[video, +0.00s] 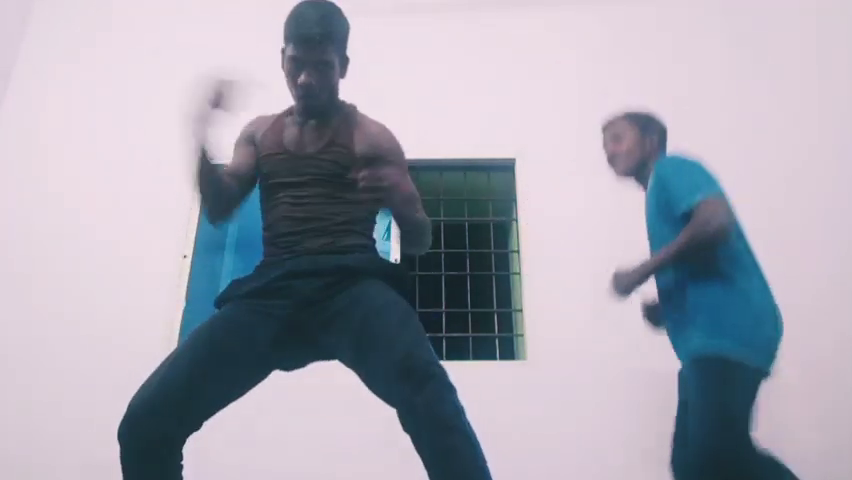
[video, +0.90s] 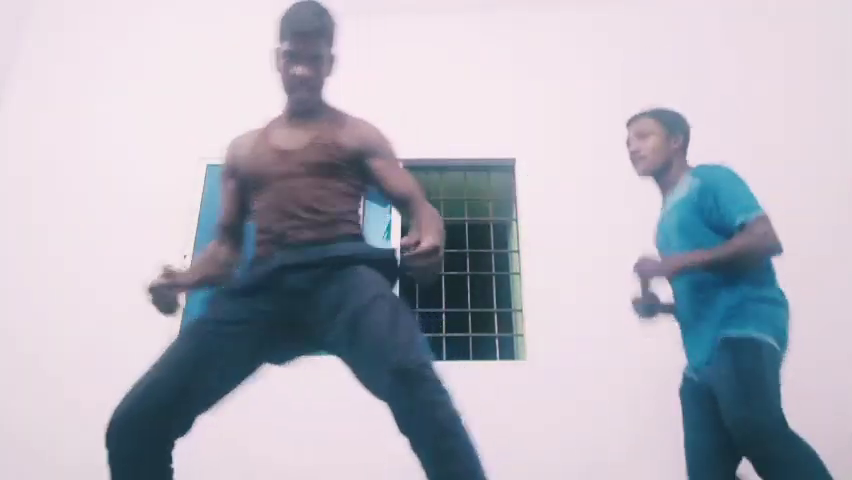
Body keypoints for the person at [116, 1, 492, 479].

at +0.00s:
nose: (308, 78)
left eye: (322, 66)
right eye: (299, 65)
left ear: (343, 68)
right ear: (284, 64)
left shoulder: (372, 138)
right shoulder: (259, 134)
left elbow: (419, 241)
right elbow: (218, 209)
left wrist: (403, 196)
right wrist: (202, 139)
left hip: (354, 291)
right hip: (271, 292)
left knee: (420, 378)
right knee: (147, 424)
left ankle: (471, 475)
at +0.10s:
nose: (310, 80)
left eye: (324, 68)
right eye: (302, 67)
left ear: (348, 68)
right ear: (288, 62)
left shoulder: (376, 138)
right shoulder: (262, 132)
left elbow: (427, 219)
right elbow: (185, 177)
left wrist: (453, 187)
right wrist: (132, 124)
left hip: (357, 293)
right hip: (273, 296)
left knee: (427, 382)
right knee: (146, 424)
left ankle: (474, 478)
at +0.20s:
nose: (319, 77)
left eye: (333, 65)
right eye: (310, 64)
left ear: (357, 63)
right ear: (297, 59)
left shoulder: (389, 141)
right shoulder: (265, 124)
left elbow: (463, 200)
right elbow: (173, 159)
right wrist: (92, 118)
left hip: (361, 297)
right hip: (271, 300)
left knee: (437, 377)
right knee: (142, 426)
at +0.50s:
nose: (335, 71)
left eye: (348, 59)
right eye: (324, 57)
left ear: (368, 61)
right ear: (306, 55)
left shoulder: (395, 139)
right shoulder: (274, 126)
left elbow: (463, 212)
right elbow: (195, 183)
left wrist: (536, 179)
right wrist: (103, 137)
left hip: (370, 283)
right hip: (280, 287)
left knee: (445, 374)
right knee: (151, 426)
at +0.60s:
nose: (337, 67)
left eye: (351, 56)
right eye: (327, 54)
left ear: (371, 58)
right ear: (312, 54)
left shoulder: (397, 135)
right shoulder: (279, 127)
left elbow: (458, 227)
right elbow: (218, 201)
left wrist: (475, 211)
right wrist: (145, 190)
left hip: (372, 273)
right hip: (286, 279)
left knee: (439, 370)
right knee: (159, 423)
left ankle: (481, 476)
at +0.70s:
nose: (340, 66)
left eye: (354, 54)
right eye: (330, 53)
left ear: (374, 58)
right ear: (314, 55)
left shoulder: (395, 132)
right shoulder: (280, 131)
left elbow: (456, 222)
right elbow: (236, 214)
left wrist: (430, 249)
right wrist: (194, 226)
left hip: (373, 277)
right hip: (287, 284)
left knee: (437, 369)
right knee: (159, 425)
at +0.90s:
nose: (300, 70)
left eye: (312, 60)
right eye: (291, 59)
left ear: (331, 63)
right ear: (277, 61)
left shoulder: (358, 136)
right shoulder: (245, 150)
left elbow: (417, 204)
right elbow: (227, 245)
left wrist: (429, 233)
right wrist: (184, 280)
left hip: (345, 282)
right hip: (258, 291)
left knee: (409, 375)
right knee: (134, 428)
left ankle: (465, 474)